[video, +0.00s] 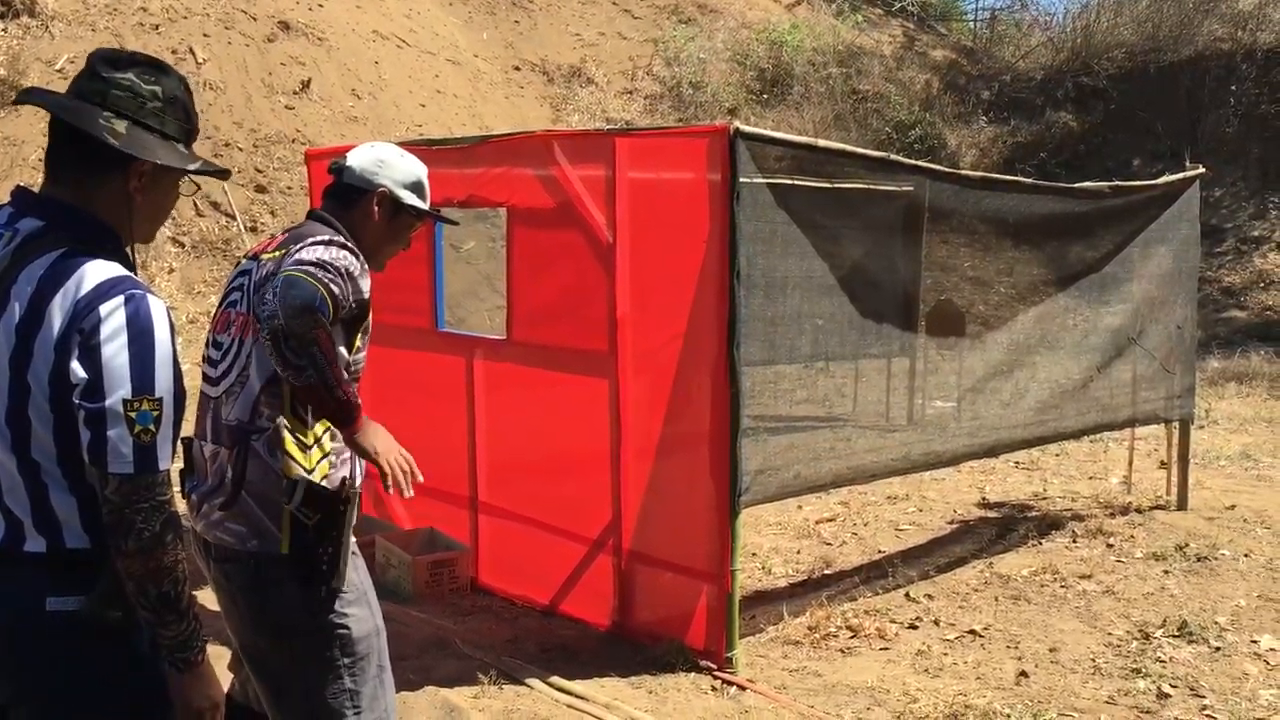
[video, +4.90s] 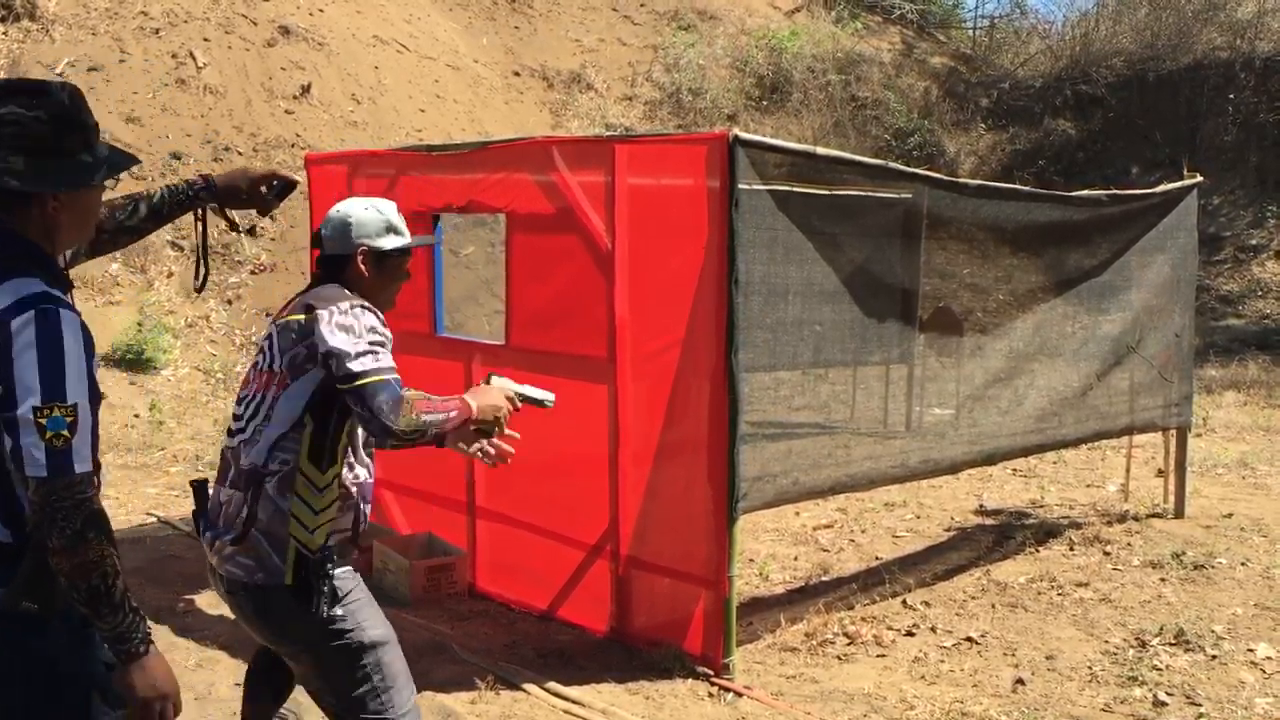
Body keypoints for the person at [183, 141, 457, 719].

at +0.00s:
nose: (410, 243)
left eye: (417, 229)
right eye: (411, 225)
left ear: (345, 200)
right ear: (375, 208)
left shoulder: (273, 253)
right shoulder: (335, 256)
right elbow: (291, 313)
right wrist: (357, 423)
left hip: (236, 529)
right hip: (290, 537)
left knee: (269, 693)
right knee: (354, 703)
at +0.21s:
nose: (401, 233)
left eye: (406, 218)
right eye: (399, 215)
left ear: (349, 198)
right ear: (363, 200)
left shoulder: (261, 254)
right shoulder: (321, 269)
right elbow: (326, 396)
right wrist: (431, 470)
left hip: (229, 525)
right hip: (286, 533)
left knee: (264, 692)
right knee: (348, 703)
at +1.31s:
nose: (391, 223)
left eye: (391, 208)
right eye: (386, 207)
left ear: (310, 202)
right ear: (349, 207)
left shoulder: (253, 267)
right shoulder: (324, 290)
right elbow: (338, 438)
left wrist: (314, 516)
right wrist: (385, 551)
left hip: (207, 528)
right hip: (266, 543)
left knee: (265, 683)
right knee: (353, 700)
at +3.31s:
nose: (408, 227)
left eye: (409, 212)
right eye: (401, 211)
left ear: (338, 209)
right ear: (363, 211)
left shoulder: (271, 274)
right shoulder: (342, 293)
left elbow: (276, 414)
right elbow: (356, 437)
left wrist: (339, 506)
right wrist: (405, 549)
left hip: (228, 530)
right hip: (285, 544)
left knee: (282, 688)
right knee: (370, 700)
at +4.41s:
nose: (405, 231)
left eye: (407, 217)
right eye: (401, 216)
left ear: (334, 210)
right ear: (362, 213)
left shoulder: (269, 272)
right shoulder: (342, 286)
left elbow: (266, 415)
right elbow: (336, 411)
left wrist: (337, 503)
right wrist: (401, 515)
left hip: (225, 528)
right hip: (281, 540)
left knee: (276, 687)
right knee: (367, 701)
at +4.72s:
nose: (422, 233)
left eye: (423, 219)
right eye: (417, 218)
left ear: (354, 214)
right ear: (378, 217)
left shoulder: (303, 270)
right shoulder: (349, 269)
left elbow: (291, 409)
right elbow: (298, 340)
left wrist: (362, 493)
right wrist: (344, 462)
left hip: (252, 530)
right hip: (300, 539)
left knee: (285, 683)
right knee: (363, 707)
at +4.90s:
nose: (410, 271)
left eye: (408, 257)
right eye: (401, 257)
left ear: (352, 261)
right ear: (363, 263)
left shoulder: (302, 310)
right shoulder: (350, 318)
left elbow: (350, 413)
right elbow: (390, 419)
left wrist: (451, 432)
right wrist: (472, 404)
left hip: (237, 549)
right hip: (297, 564)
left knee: (288, 643)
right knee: (390, 708)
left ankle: (257, 711)